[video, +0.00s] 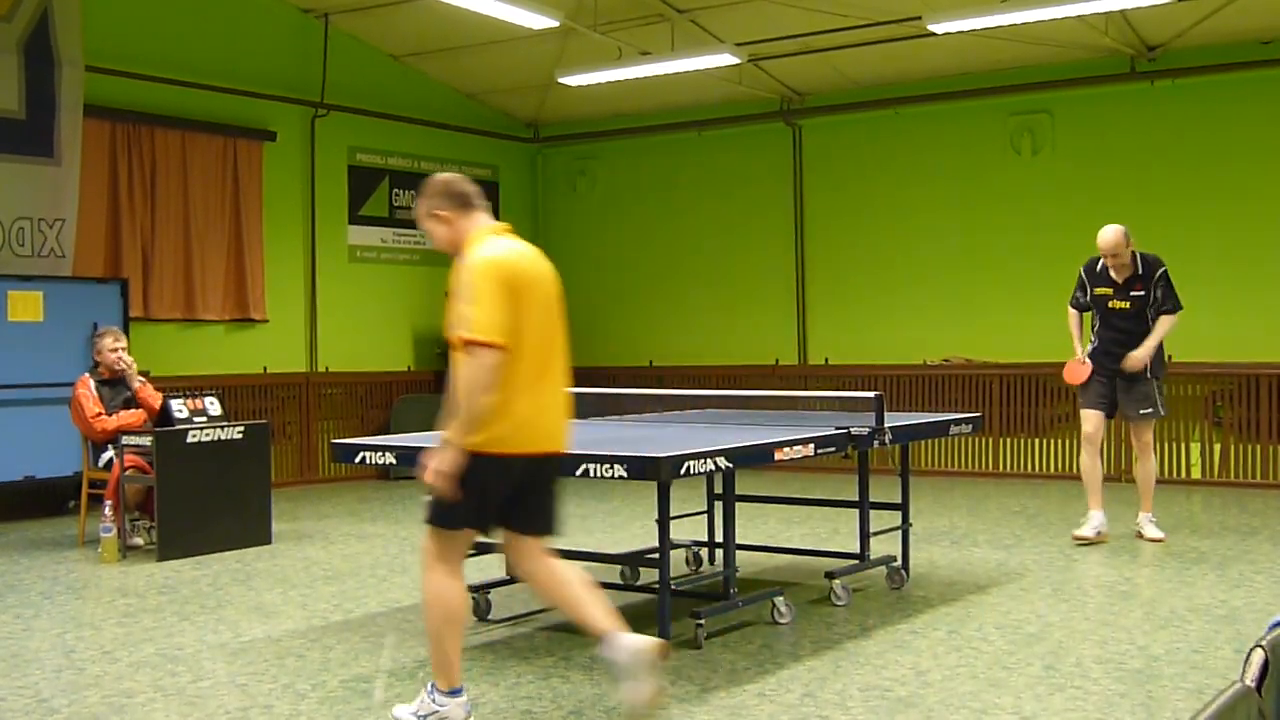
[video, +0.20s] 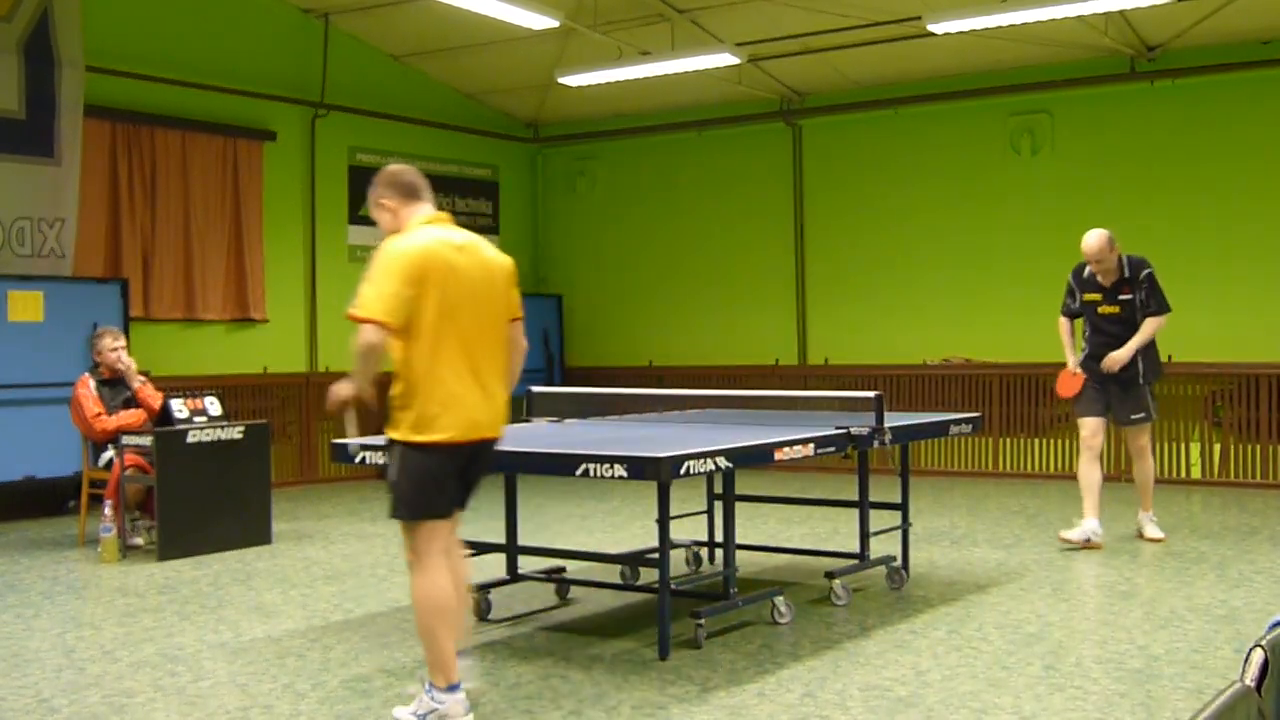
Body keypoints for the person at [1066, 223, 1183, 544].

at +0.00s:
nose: (1109, 262)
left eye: (1115, 257)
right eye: (1104, 257)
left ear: (1130, 248)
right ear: (1099, 252)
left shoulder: (1153, 268)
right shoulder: (1091, 270)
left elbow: (1170, 312)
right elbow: (1075, 307)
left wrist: (1144, 351)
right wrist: (1078, 348)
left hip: (1139, 364)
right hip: (1099, 363)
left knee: (1143, 442)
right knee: (1089, 435)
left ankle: (1146, 517)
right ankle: (1095, 516)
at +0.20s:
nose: (1093, 269)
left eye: (1098, 262)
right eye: (1089, 263)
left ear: (1115, 252)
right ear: (1084, 258)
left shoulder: (1139, 269)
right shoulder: (1080, 275)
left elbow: (1158, 315)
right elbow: (1066, 316)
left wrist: (1126, 350)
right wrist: (1071, 355)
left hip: (1132, 371)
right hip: (1092, 369)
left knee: (1140, 446)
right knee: (1089, 441)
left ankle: (1146, 517)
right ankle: (1091, 523)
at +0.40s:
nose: (1071, 266)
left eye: (1076, 259)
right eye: (1067, 261)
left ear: (1092, 249)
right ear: (1062, 255)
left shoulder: (1120, 266)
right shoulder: (1058, 276)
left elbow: (1146, 311)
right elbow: (1048, 322)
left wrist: (1133, 356)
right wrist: (1047, 367)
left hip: (1116, 370)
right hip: (1075, 372)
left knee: (1134, 450)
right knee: (1073, 443)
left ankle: (1145, 504)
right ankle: (1087, 527)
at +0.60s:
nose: (1050, 253)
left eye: (1055, 247)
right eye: (1045, 247)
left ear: (1074, 242)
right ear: (1043, 245)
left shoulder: (1103, 263)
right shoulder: (1041, 274)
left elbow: (1135, 306)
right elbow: (1032, 320)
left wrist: (1123, 354)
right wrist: (1032, 360)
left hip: (1101, 368)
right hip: (1060, 370)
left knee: (1106, 443)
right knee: (1070, 447)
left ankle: (1121, 517)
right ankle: (1087, 527)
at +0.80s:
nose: (1033, 248)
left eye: (1039, 242)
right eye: (1029, 242)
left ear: (1059, 242)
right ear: (1028, 244)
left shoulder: (1086, 266)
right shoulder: (1026, 276)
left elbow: (1117, 309)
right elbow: (1020, 318)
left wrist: (1104, 360)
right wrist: (1020, 350)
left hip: (1085, 367)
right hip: (1049, 368)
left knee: (1081, 444)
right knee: (1062, 449)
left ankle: (1071, 527)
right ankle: (1086, 526)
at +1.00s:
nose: (1020, 248)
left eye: (1027, 242)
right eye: (1017, 242)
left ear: (1047, 245)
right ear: (1016, 245)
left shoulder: (1070, 272)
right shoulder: (1016, 276)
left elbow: (1099, 319)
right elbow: (1012, 318)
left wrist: (1082, 370)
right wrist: (1010, 351)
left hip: (1063, 372)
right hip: (1031, 372)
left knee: (1057, 455)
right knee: (1038, 456)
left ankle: (1050, 540)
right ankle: (1082, 521)